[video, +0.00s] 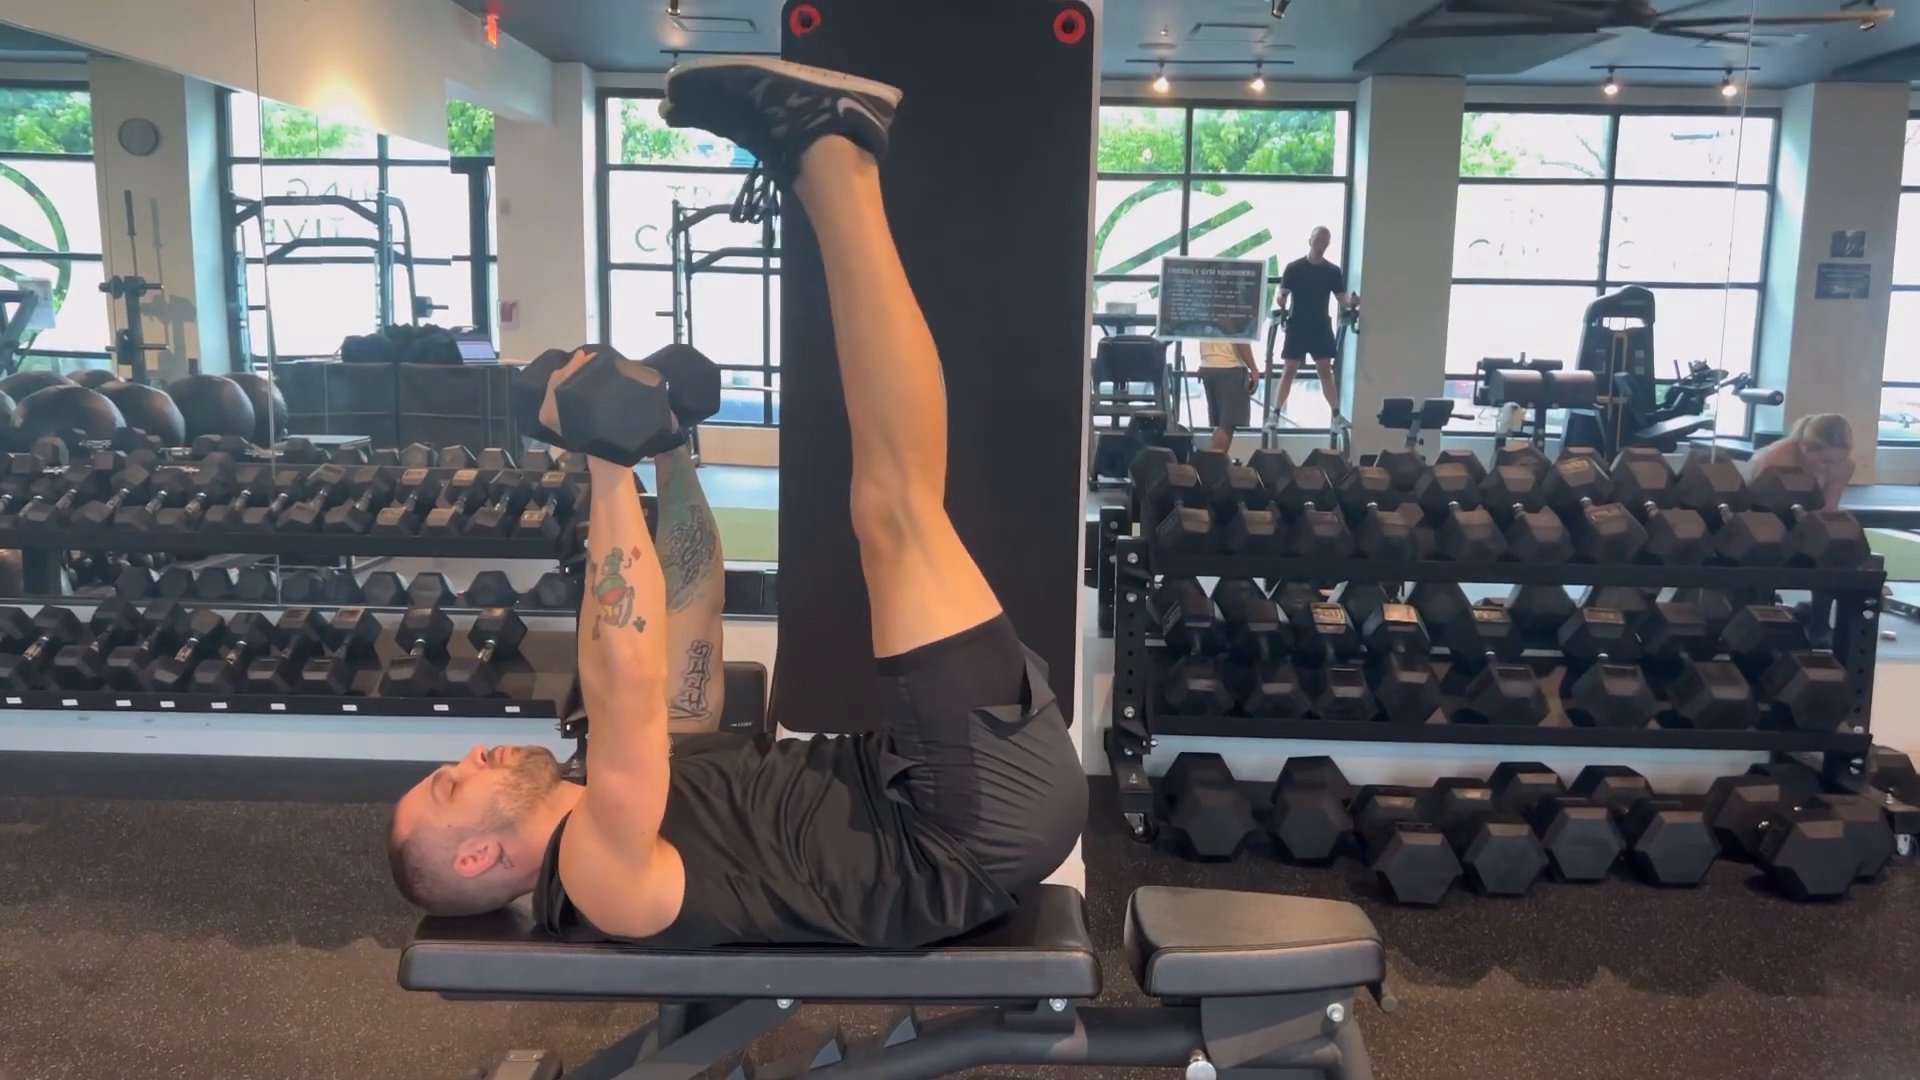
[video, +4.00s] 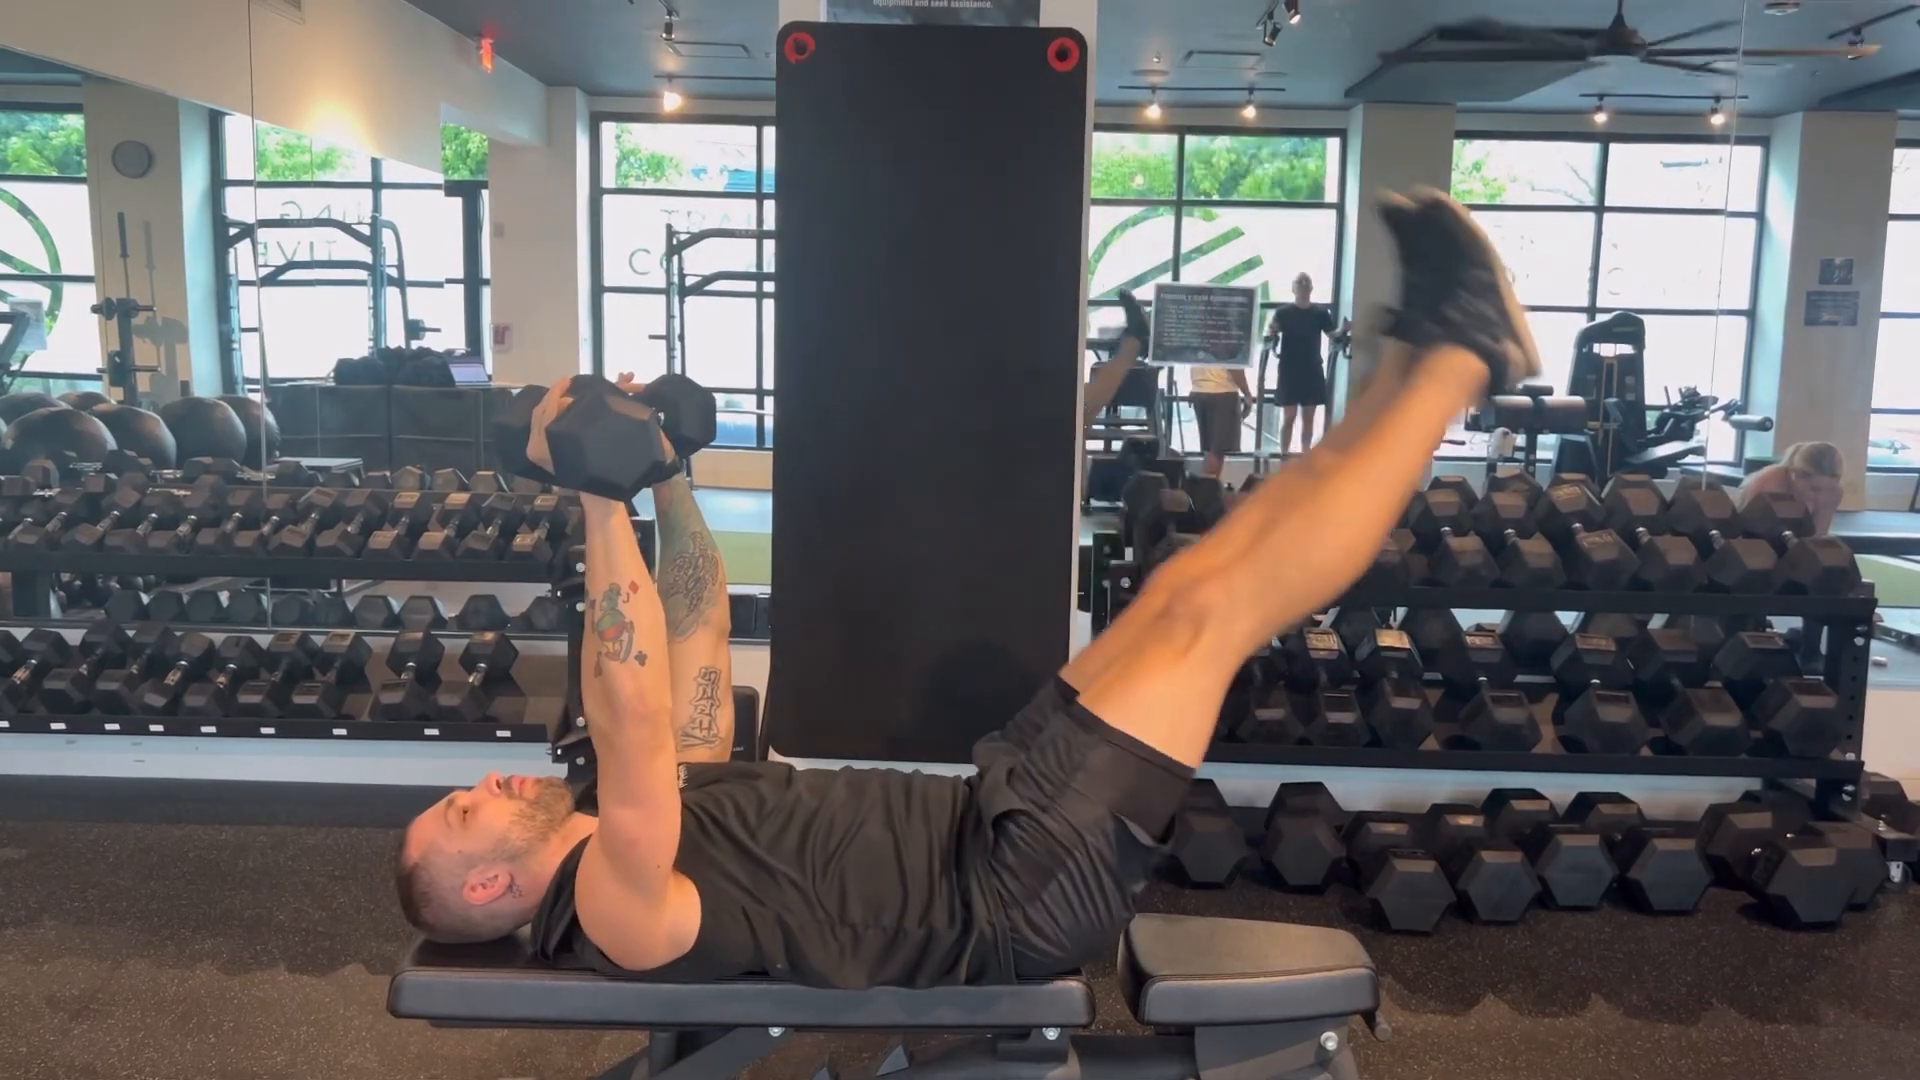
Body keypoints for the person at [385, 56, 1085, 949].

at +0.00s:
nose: (481, 750)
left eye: (450, 764)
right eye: (456, 779)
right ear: (490, 851)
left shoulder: (621, 814)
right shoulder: (608, 862)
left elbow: (691, 591)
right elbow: (626, 658)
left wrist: (657, 444)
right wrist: (607, 454)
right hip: (973, 826)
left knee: (897, 502)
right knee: (893, 505)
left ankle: (830, 157)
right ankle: (828, 154)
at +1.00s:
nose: (510, 772)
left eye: (489, 778)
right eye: (491, 802)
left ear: (546, 820)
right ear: (526, 876)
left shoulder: (660, 805)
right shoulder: (639, 876)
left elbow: (715, 638)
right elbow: (646, 670)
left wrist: (674, 471)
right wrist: (626, 489)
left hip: (1052, 783)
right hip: (1058, 858)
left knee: (1338, 720)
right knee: (1354, 755)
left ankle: (1656, 682)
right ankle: (1689, 705)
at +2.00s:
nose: (509, 787)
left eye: (490, 792)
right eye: (482, 817)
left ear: (536, 789)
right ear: (500, 881)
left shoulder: (647, 804)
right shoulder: (619, 894)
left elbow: (764, 707)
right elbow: (691, 877)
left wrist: (722, 591)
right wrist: (650, 666)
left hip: (1053, 791)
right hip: (1051, 865)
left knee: (1360, 794)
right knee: (1366, 842)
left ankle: (1683, 807)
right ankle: (1702, 853)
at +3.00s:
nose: (478, 773)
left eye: (446, 787)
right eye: (452, 802)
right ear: (487, 874)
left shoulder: (643, 820)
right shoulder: (609, 888)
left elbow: (691, 604)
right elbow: (625, 684)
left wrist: (660, 457)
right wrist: (612, 487)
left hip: (951, 825)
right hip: (973, 863)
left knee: (971, 528)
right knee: (968, 531)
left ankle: (979, 177)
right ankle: (977, 174)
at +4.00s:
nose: (492, 788)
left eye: (476, 796)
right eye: (467, 824)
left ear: (520, 819)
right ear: (500, 901)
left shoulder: (642, 829)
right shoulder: (622, 900)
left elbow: (693, 658)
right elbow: (630, 694)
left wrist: (665, 477)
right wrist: (601, 507)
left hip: (981, 831)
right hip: (1008, 897)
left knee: (1200, 579)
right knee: (1204, 598)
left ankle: (1424, 352)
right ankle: (1464, 355)